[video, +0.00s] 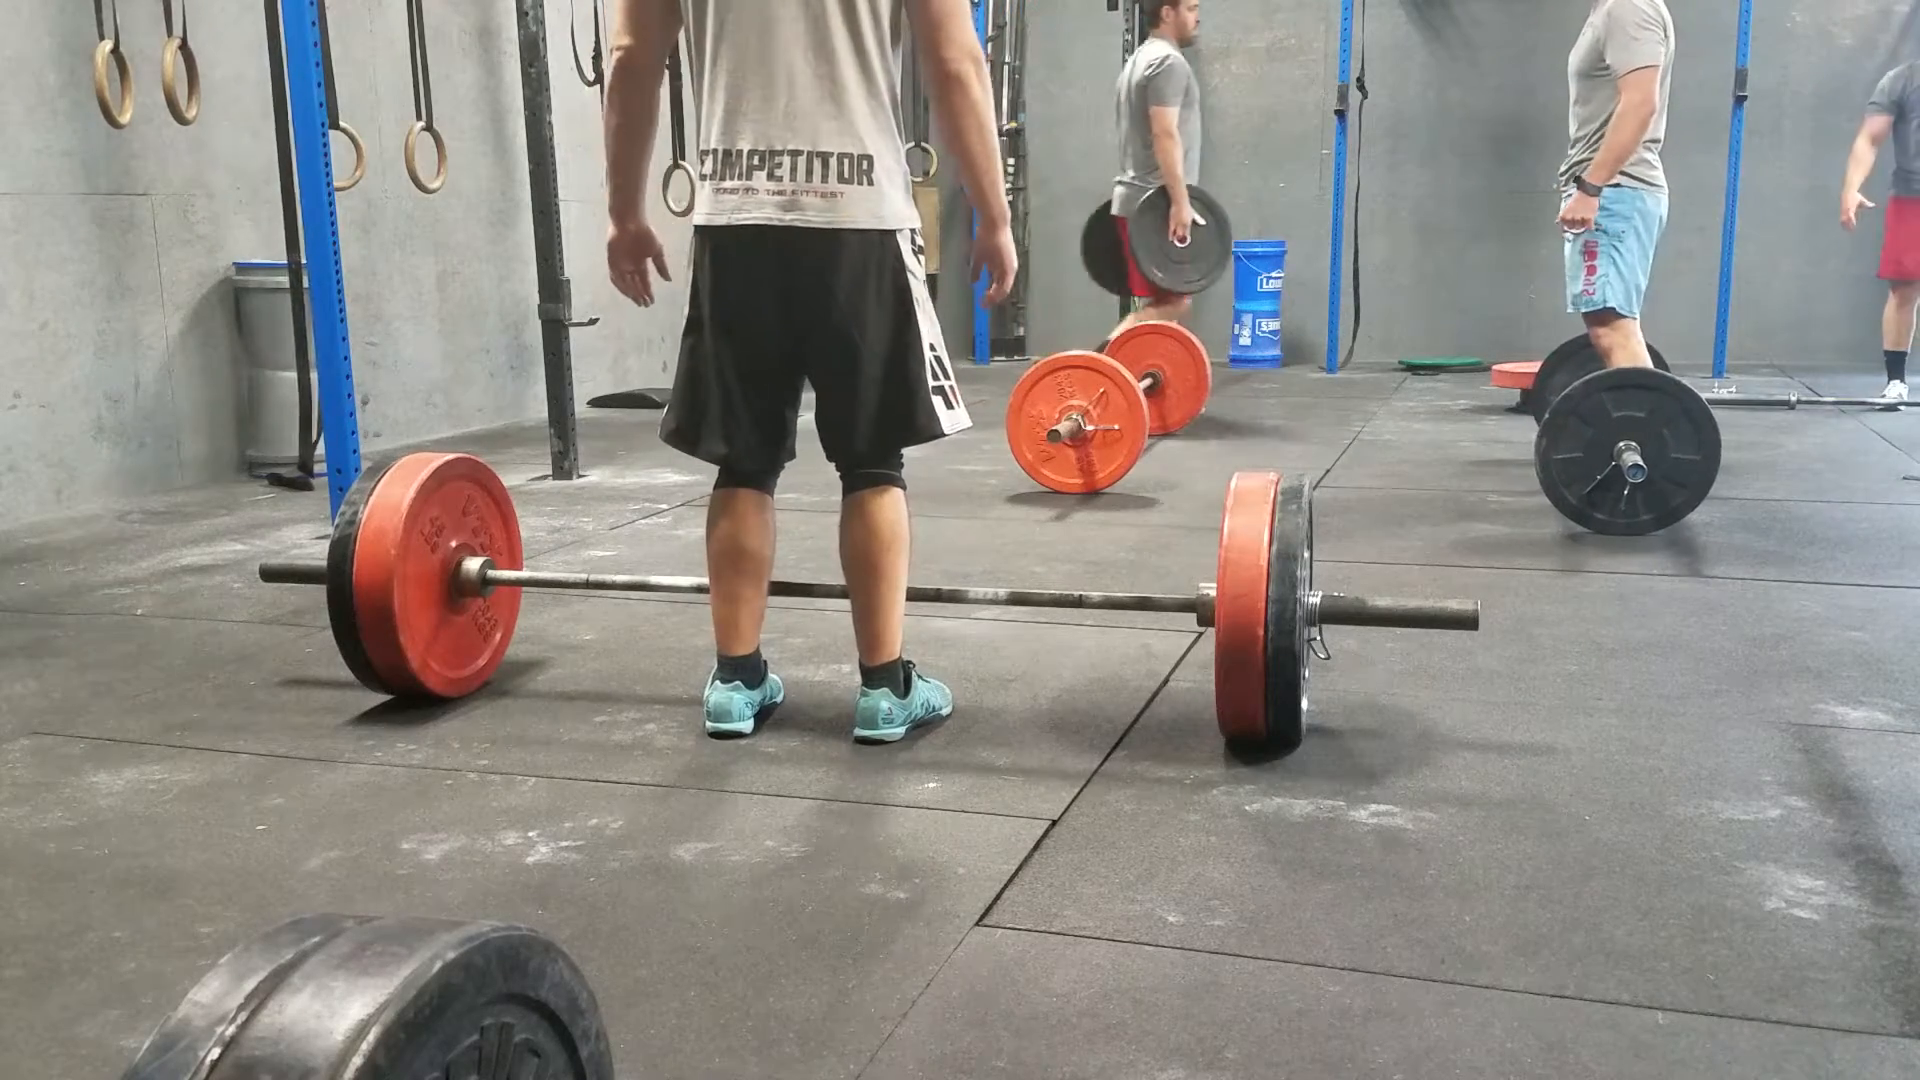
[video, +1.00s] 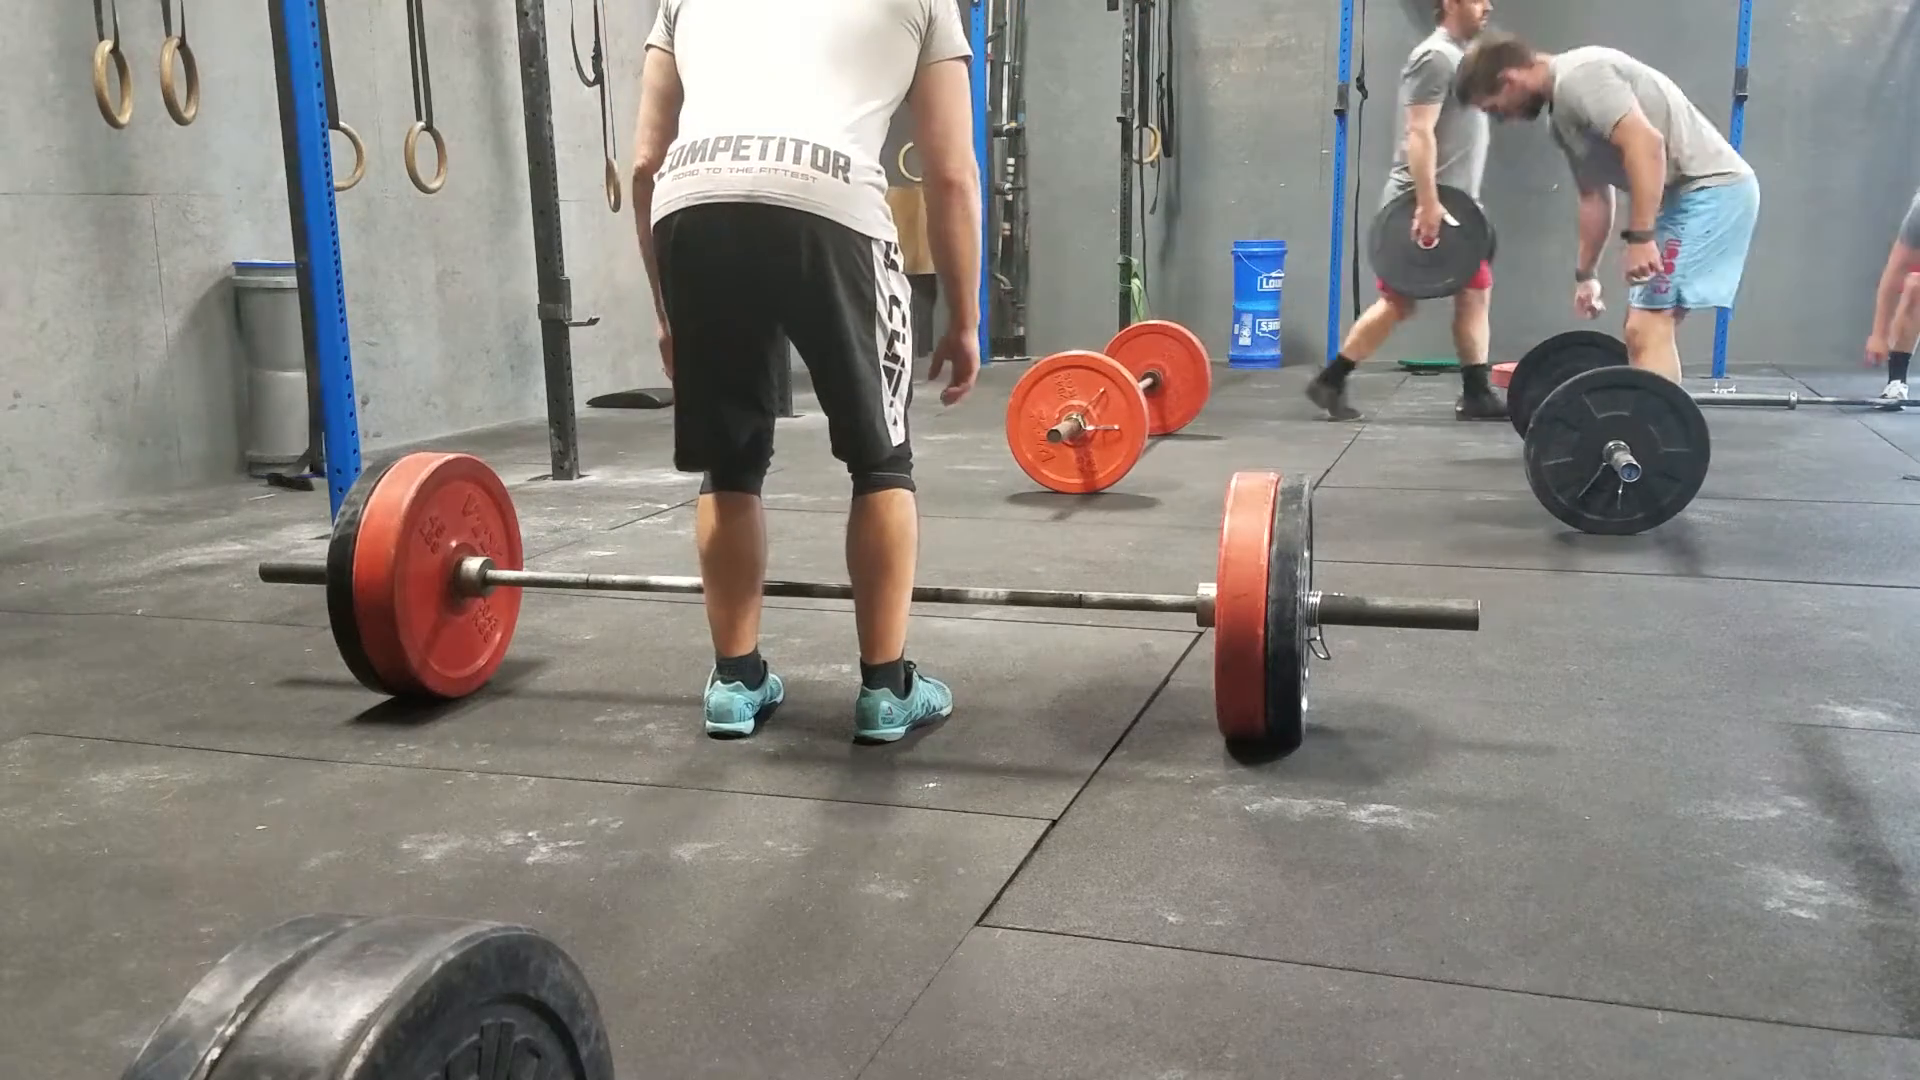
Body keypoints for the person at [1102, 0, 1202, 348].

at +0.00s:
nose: (1198, 17)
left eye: (1197, 9)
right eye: (1191, 8)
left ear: (1166, 15)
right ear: (1167, 13)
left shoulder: (1139, 59)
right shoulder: (1167, 60)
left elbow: (1134, 139)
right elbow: (1164, 135)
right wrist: (1180, 201)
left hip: (1133, 200)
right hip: (1153, 203)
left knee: (1157, 304)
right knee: (1174, 304)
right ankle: (1105, 366)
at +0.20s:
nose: (1250, 14)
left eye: (1250, 6)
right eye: (1245, 6)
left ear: (1218, 11)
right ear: (1221, 9)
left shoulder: (1198, 55)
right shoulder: (1210, 58)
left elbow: (1192, 135)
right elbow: (1202, 134)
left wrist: (1214, 196)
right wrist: (1216, 198)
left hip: (1182, 198)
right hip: (1200, 199)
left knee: (1181, 291)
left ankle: (1145, 384)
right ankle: (1228, 391)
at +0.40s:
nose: (1308, 19)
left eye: (1308, 11)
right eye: (1302, 10)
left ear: (1279, 16)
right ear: (1278, 15)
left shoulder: (1262, 62)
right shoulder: (1269, 66)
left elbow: (1254, 143)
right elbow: (1252, 143)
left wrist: (1266, 208)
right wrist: (1256, 212)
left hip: (1243, 202)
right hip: (1262, 205)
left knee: (1219, 298)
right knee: (1294, 295)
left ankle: (1159, 373)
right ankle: (1309, 396)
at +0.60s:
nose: (1365, 8)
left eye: (1363, 2)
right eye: (1357, 1)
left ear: (1333, 9)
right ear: (1332, 6)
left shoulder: (1331, 54)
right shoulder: (1319, 58)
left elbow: (1320, 135)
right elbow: (1305, 136)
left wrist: (1336, 196)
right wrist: (1311, 204)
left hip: (1331, 195)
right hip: (1318, 198)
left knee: (1341, 285)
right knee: (1326, 292)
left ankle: (1264, 354)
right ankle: (1312, 396)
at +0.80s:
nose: (1422, 7)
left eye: (1421, 1)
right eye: (1414, 0)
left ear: (1391, 8)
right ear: (1386, 4)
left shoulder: (1390, 52)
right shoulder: (1369, 55)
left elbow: (1379, 134)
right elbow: (1359, 134)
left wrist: (1388, 197)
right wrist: (1371, 202)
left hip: (1387, 195)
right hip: (1357, 199)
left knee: (1410, 285)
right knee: (1341, 293)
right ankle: (1312, 393)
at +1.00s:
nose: (1486, 8)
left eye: (1486, 1)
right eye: (1477, 1)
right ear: (1450, 6)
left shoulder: (1465, 57)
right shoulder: (1435, 56)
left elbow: (1455, 138)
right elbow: (1418, 132)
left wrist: (1463, 203)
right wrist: (1427, 202)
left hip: (1455, 201)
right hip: (1418, 201)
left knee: (1476, 288)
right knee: (1399, 301)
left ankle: (1477, 393)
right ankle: (1330, 381)